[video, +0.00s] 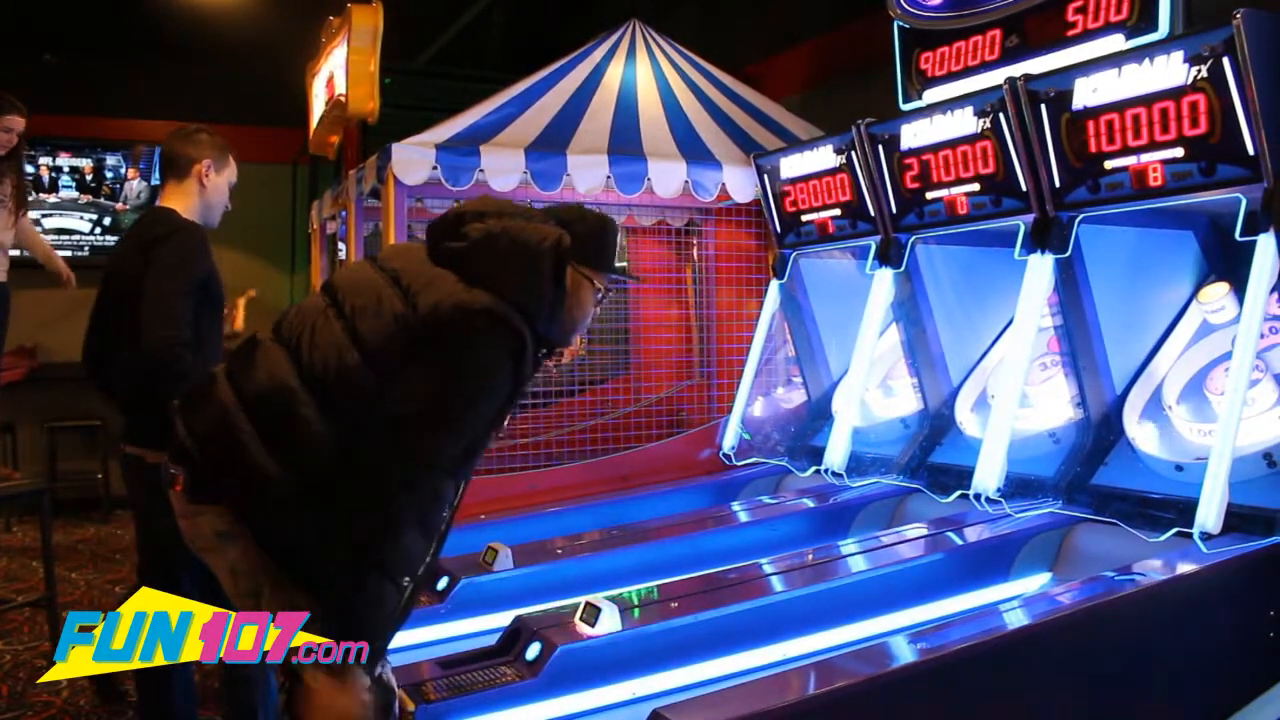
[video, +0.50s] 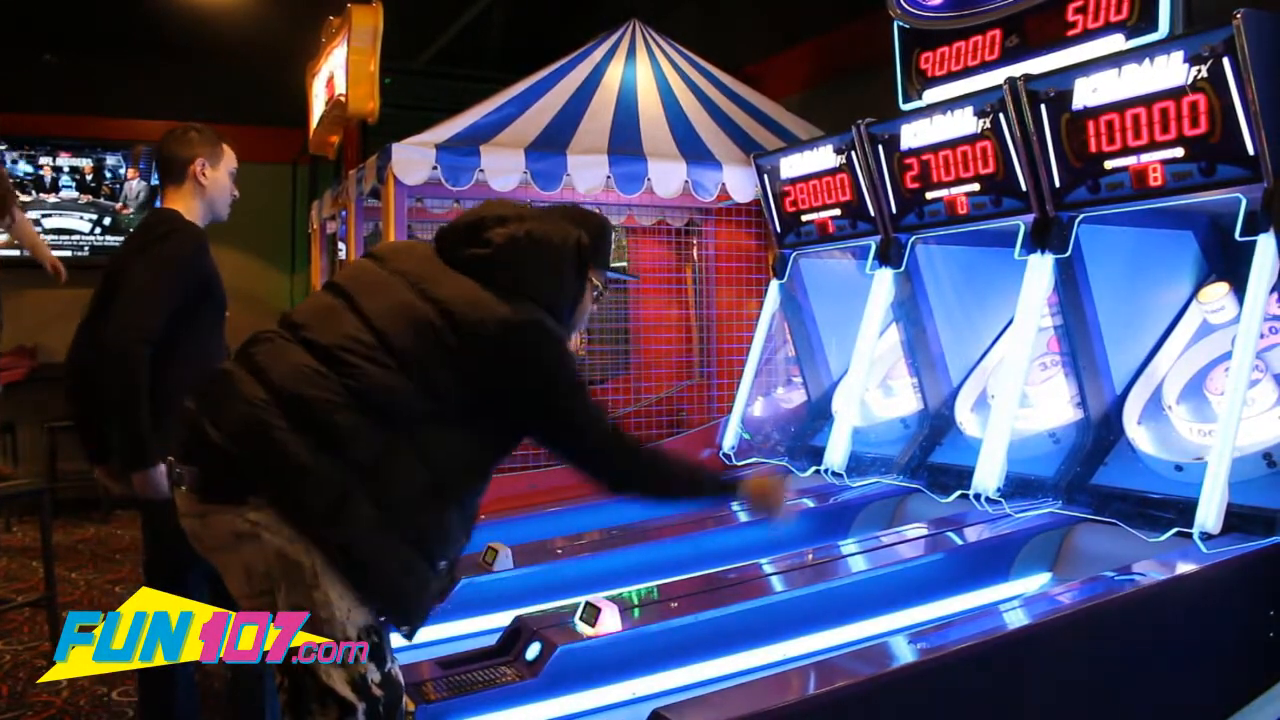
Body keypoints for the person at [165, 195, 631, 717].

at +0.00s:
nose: (596, 311)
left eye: (602, 294)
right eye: (596, 290)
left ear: (551, 264)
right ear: (561, 272)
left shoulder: (424, 265)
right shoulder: (489, 329)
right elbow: (415, 484)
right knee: (340, 686)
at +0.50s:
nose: (588, 303)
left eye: (592, 286)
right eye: (586, 284)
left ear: (493, 247)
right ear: (554, 277)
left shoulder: (396, 265)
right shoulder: (519, 342)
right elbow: (615, 460)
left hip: (209, 484)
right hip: (286, 530)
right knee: (364, 700)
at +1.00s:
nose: (588, 281)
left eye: (590, 265)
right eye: (583, 262)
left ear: (509, 246)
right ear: (543, 254)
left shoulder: (396, 267)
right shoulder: (494, 323)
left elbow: (277, 300)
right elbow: (512, 506)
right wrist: (580, 646)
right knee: (356, 700)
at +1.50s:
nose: (579, 305)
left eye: (583, 288)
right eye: (576, 285)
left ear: (505, 259)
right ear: (538, 276)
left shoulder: (389, 261)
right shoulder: (483, 353)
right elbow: (506, 533)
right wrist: (569, 684)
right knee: (326, 695)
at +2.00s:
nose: (552, 290)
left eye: (556, 273)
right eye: (551, 270)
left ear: (491, 249)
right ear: (514, 259)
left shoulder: (366, 264)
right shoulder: (455, 326)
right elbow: (463, 505)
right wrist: (556, 616)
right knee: (315, 699)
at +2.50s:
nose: (557, 311)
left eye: (562, 294)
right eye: (556, 290)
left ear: (489, 260)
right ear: (519, 273)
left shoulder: (376, 263)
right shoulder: (464, 330)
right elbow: (388, 486)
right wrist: (341, 641)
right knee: (334, 698)